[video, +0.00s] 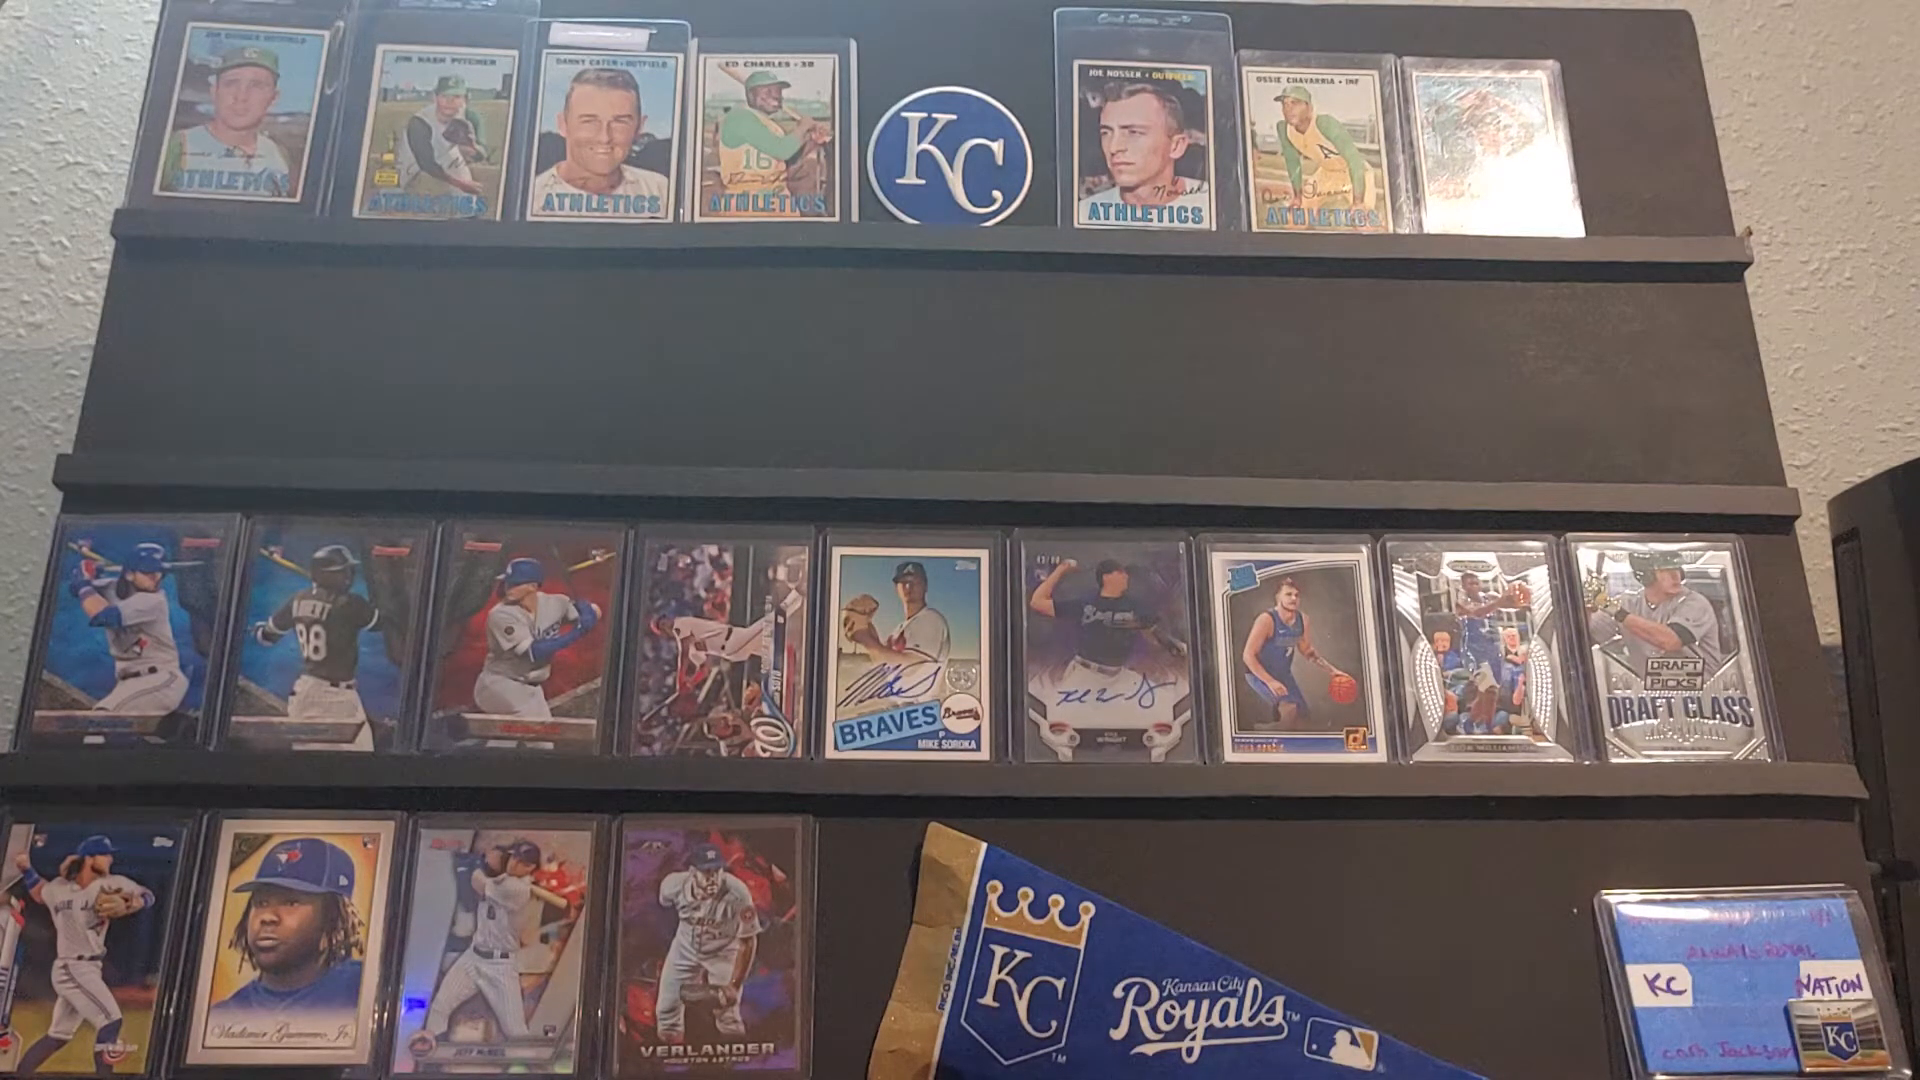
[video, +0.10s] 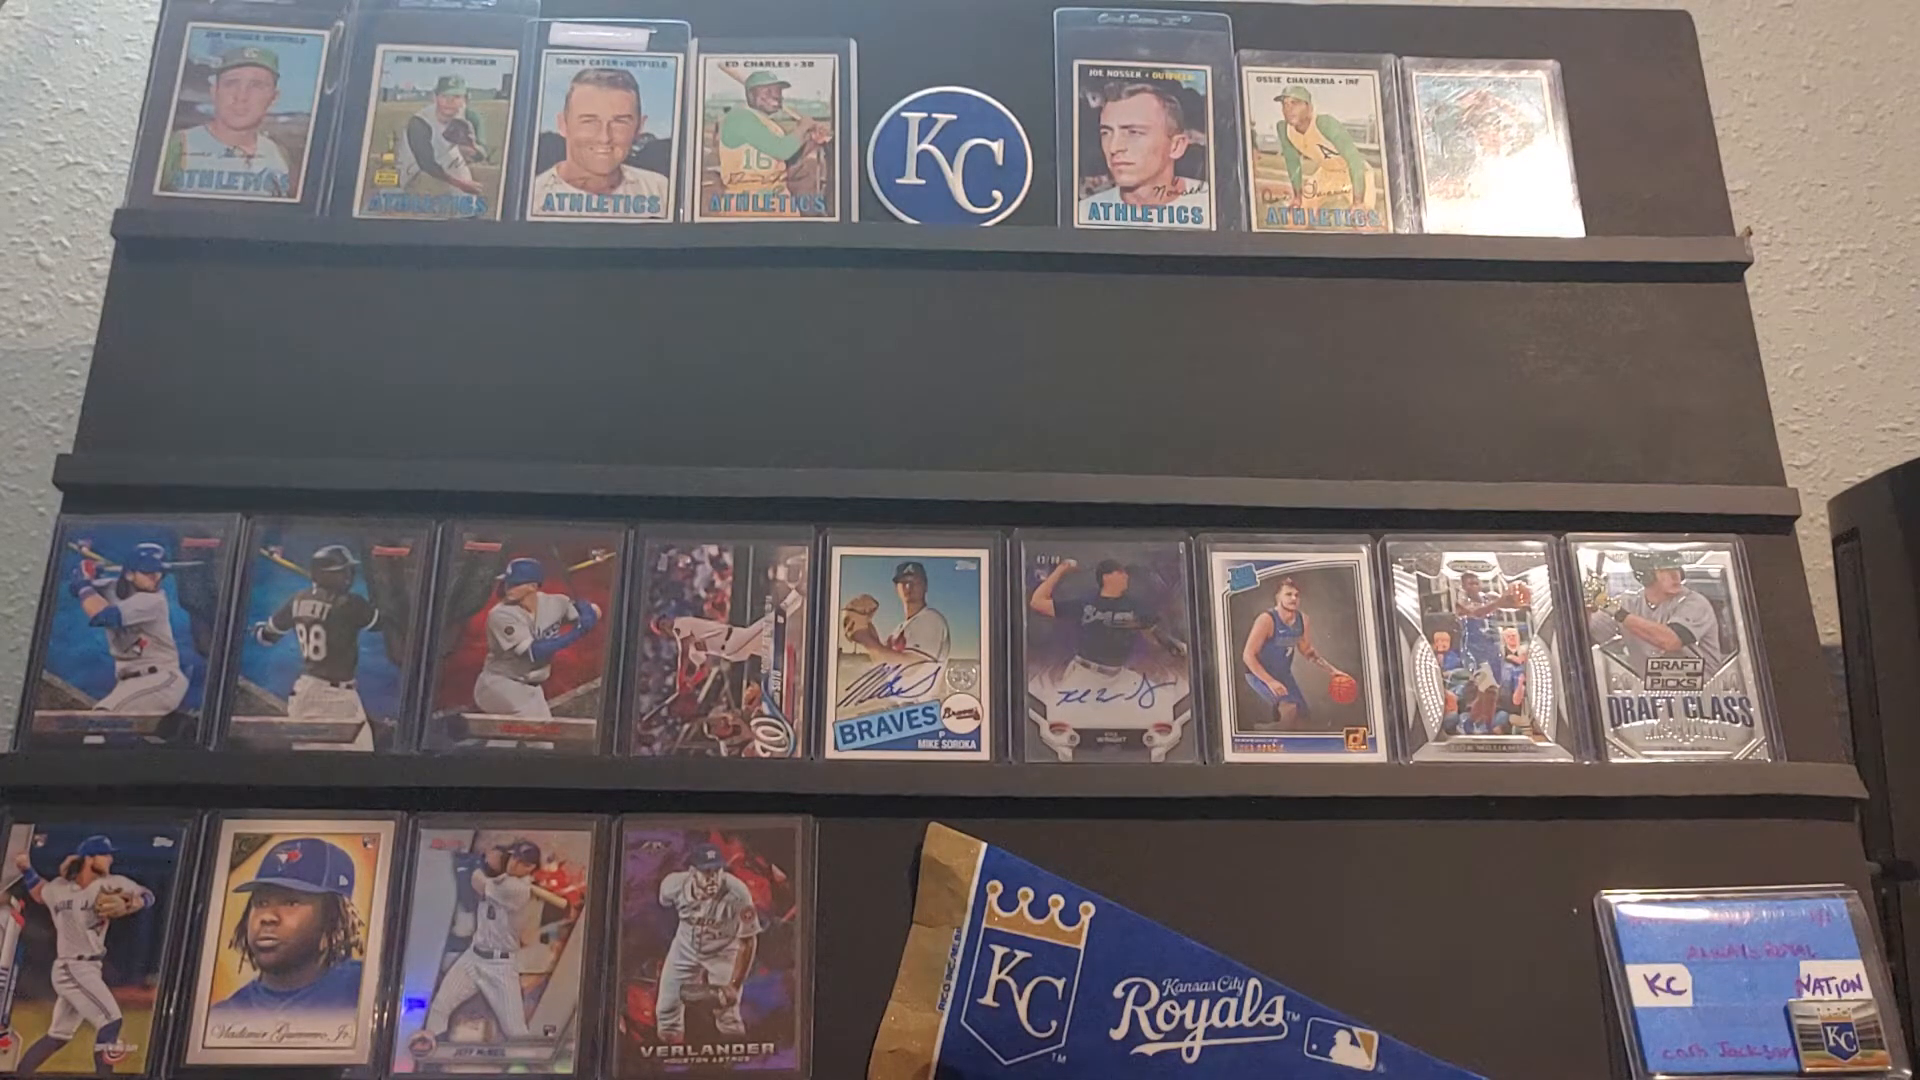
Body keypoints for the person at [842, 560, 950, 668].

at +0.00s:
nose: (907, 587)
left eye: (913, 582)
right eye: (902, 582)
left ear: (925, 586)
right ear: (896, 588)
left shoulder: (930, 619)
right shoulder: (901, 627)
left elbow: (912, 661)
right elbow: (881, 660)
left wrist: (865, 639)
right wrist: (865, 623)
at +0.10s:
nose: (907, 587)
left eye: (913, 582)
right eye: (902, 582)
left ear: (925, 586)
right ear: (896, 588)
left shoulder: (930, 619)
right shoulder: (901, 627)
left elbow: (912, 661)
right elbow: (881, 660)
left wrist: (865, 639)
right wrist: (865, 623)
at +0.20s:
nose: (907, 587)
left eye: (913, 582)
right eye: (902, 582)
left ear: (925, 586)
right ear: (896, 588)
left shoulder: (930, 619)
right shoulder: (901, 627)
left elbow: (911, 659)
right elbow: (880, 658)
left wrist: (865, 639)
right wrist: (865, 622)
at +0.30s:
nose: (907, 587)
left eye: (913, 582)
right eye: (902, 582)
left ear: (925, 586)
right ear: (896, 588)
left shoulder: (931, 619)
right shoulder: (901, 627)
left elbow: (912, 661)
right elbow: (881, 660)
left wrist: (865, 639)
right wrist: (865, 623)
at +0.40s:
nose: (907, 587)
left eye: (913, 582)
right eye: (902, 582)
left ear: (925, 586)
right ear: (896, 588)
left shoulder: (930, 619)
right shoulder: (901, 627)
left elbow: (911, 660)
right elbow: (880, 659)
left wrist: (864, 639)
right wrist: (865, 623)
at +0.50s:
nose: (907, 587)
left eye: (913, 582)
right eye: (902, 582)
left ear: (925, 586)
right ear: (896, 588)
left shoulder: (930, 619)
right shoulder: (901, 627)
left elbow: (911, 659)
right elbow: (880, 659)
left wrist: (864, 639)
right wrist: (865, 623)